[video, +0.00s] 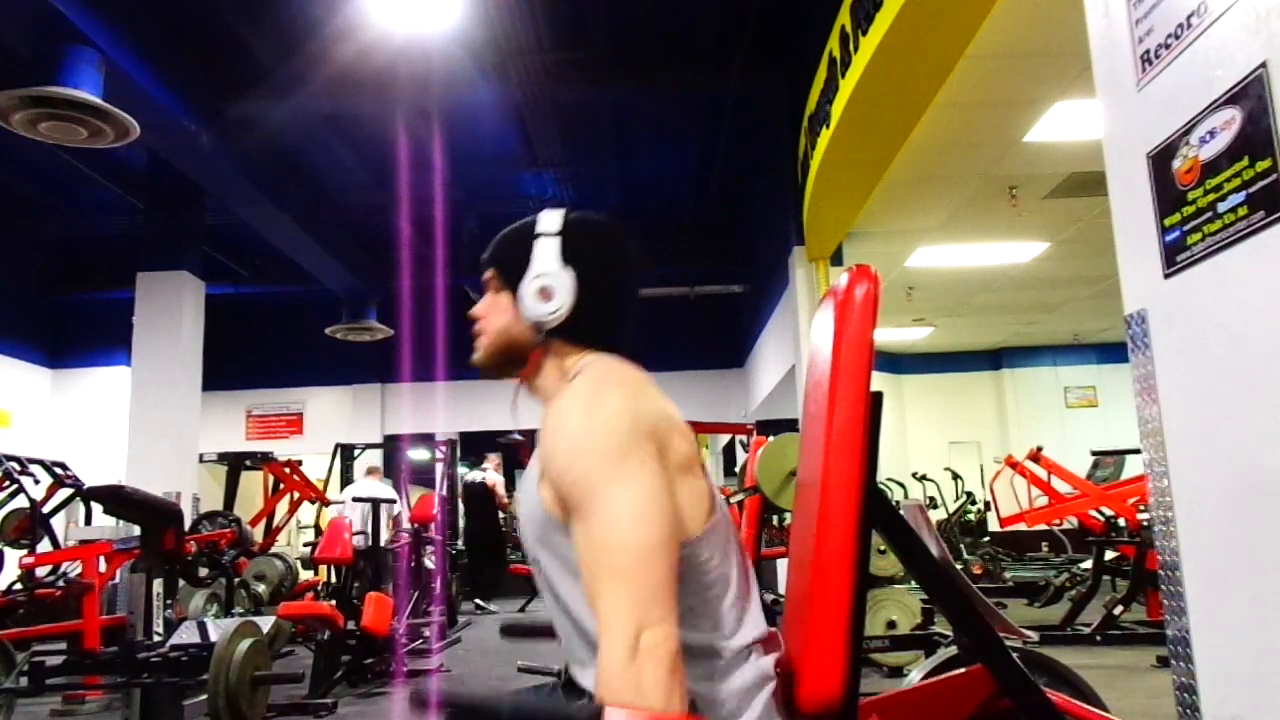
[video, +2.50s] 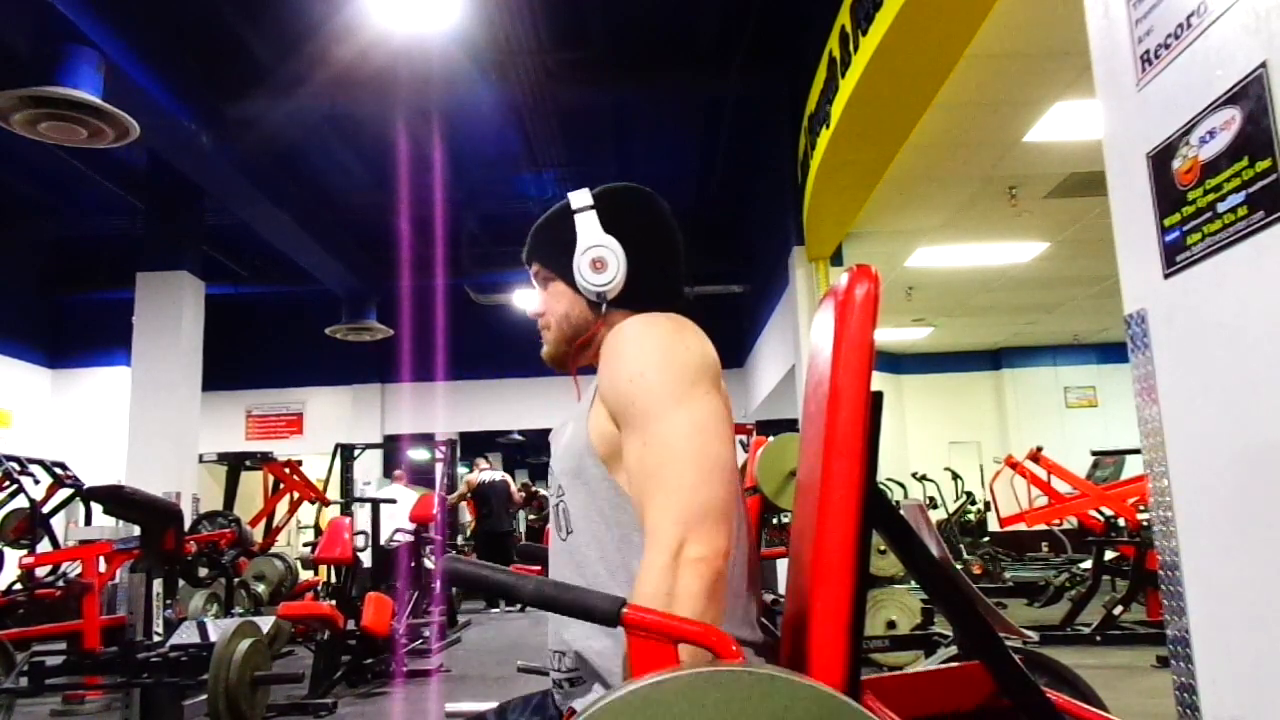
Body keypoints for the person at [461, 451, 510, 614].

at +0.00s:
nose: (499, 469)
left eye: (499, 466)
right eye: (499, 466)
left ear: (484, 462)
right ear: (495, 464)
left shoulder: (468, 477)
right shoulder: (496, 478)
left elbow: (463, 499)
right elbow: (502, 501)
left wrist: (474, 506)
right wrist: (508, 508)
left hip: (471, 526)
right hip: (490, 526)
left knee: (475, 563)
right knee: (495, 561)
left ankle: (478, 599)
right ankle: (484, 598)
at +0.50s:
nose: (506, 466)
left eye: (504, 463)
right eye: (506, 464)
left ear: (490, 463)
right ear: (505, 464)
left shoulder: (479, 475)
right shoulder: (513, 480)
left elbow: (466, 492)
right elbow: (522, 503)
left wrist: (463, 510)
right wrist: (511, 512)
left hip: (483, 529)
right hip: (504, 529)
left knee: (481, 567)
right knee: (507, 566)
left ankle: (481, 605)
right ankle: (510, 603)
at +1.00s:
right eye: (511, 464)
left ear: (495, 464)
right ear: (511, 465)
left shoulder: (487, 474)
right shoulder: (521, 480)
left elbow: (469, 491)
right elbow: (527, 506)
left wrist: (454, 496)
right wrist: (514, 512)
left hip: (489, 529)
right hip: (511, 531)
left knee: (488, 567)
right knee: (505, 569)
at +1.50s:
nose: (490, 465)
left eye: (489, 463)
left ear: (489, 464)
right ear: (504, 464)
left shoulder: (482, 475)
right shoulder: (516, 477)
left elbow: (463, 490)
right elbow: (525, 499)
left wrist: (447, 496)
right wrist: (513, 509)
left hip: (489, 528)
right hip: (510, 529)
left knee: (490, 564)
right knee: (506, 565)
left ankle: (493, 603)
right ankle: (508, 602)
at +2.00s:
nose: (479, 469)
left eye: (480, 467)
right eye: (481, 467)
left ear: (481, 466)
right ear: (496, 465)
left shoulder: (476, 476)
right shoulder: (510, 476)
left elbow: (463, 493)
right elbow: (522, 498)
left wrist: (449, 499)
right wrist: (511, 510)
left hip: (488, 529)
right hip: (508, 529)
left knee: (490, 567)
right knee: (510, 566)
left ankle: (493, 604)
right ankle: (511, 603)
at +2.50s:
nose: (474, 469)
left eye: (474, 467)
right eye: (475, 466)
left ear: (475, 467)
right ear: (490, 465)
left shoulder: (471, 478)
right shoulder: (505, 476)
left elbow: (456, 498)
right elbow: (517, 500)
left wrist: (448, 501)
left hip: (484, 530)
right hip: (505, 530)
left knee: (486, 567)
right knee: (507, 567)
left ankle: (492, 604)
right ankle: (511, 602)